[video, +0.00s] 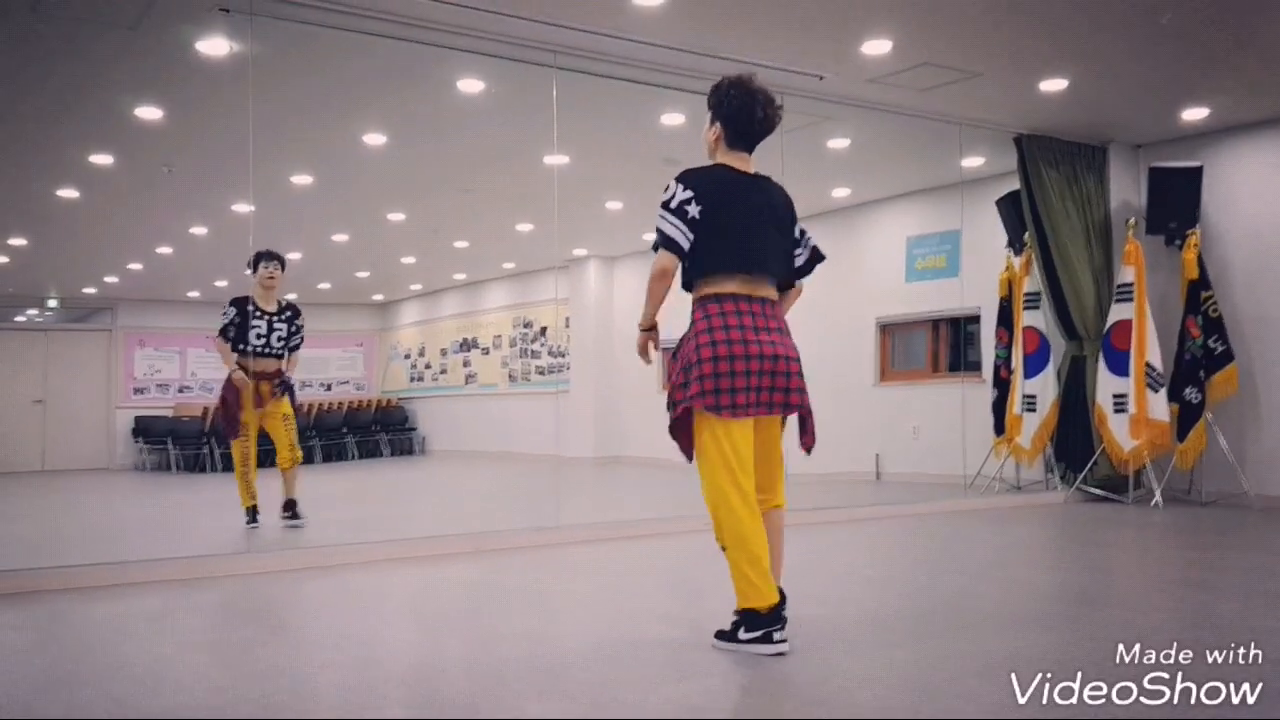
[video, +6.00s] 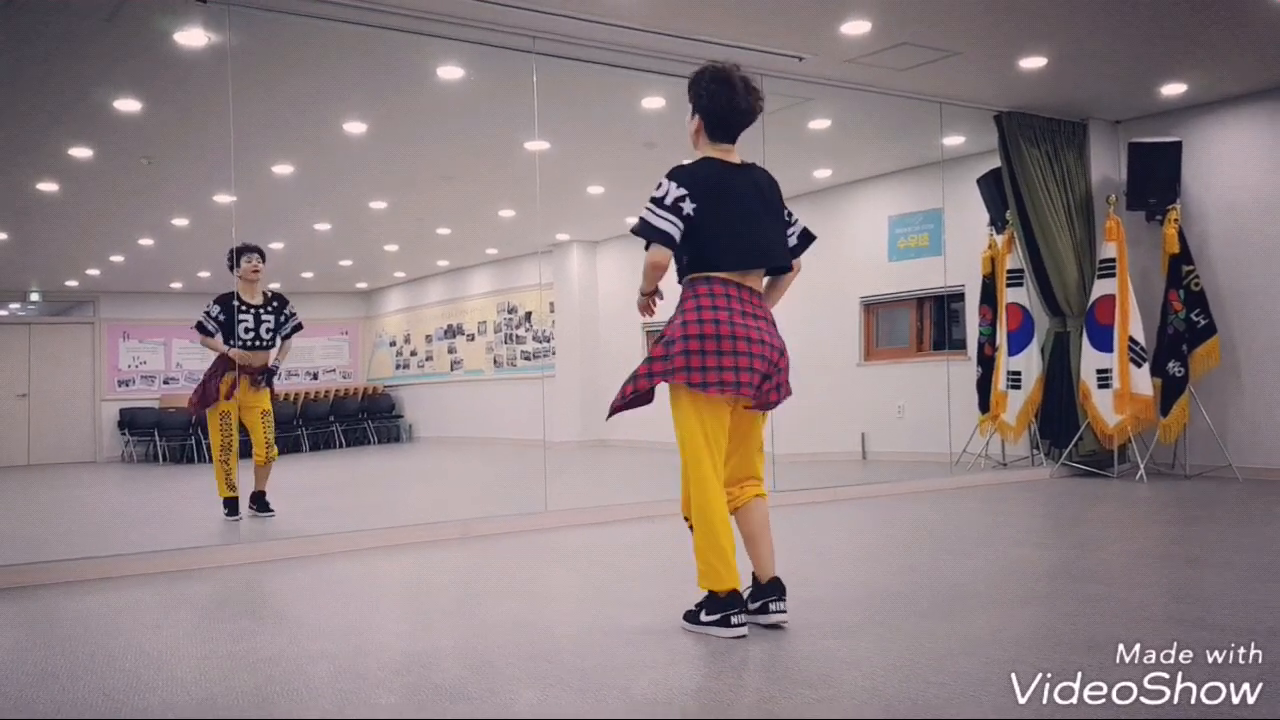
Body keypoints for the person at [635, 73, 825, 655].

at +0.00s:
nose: (704, 132)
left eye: (706, 124)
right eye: (709, 123)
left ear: (715, 131)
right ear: (759, 135)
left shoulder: (692, 184)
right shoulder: (777, 195)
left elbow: (666, 264)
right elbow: (802, 270)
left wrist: (649, 321)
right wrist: (765, 320)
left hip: (716, 335)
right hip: (772, 336)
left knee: (728, 487)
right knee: (767, 482)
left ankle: (760, 614)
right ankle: (768, 603)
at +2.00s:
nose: (660, 139)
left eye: (660, 132)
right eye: (669, 132)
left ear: (664, 137)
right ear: (716, 141)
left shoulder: (631, 193)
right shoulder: (731, 202)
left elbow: (609, 272)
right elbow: (765, 283)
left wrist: (622, 346)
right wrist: (733, 330)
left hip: (669, 351)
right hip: (735, 346)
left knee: (675, 502)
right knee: (737, 494)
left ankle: (698, 616)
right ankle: (736, 612)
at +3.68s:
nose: (700, 111)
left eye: (703, 102)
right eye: (705, 102)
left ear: (712, 109)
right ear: (755, 113)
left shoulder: (705, 167)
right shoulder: (775, 172)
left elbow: (682, 237)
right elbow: (794, 251)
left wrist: (668, 279)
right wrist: (763, 297)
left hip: (719, 308)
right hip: (770, 312)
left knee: (709, 456)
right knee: (750, 460)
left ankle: (733, 582)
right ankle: (773, 577)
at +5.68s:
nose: (741, 130)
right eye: (741, 122)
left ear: (686, 126)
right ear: (740, 127)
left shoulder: (663, 185)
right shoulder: (764, 189)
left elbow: (644, 275)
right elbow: (779, 278)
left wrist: (635, 345)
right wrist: (752, 332)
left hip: (680, 337)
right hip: (749, 336)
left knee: (690, 480)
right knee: (765, 462)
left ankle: (720, 597)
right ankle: (762, 579)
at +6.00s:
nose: (687, 124)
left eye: (689, 115)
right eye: (693, 115)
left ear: (696, 122)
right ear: (744, 125)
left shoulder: (684, 179)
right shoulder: (765, 183)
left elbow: (658, 258)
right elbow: (792, 263)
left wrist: (647, 291)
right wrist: (756, 313)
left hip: (702, 320)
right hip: (756, 323)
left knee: (704, 472)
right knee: (744, 473)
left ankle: (722, 597)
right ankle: (768, 588)